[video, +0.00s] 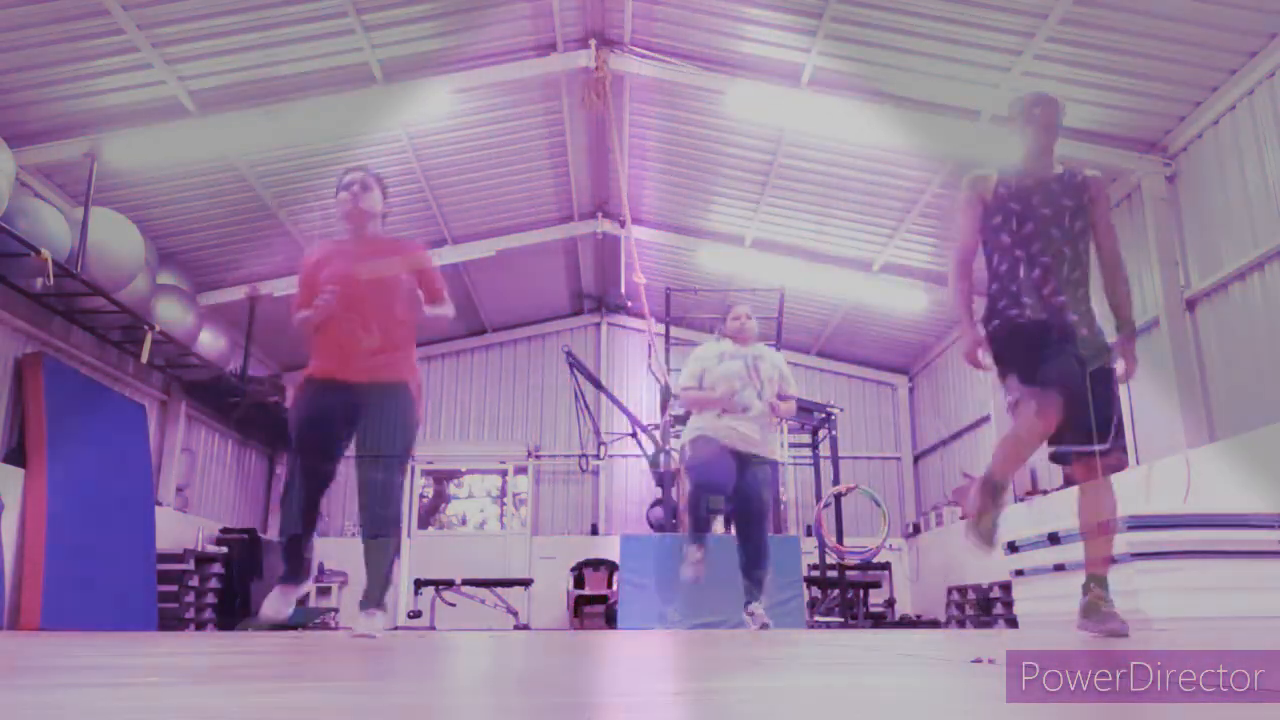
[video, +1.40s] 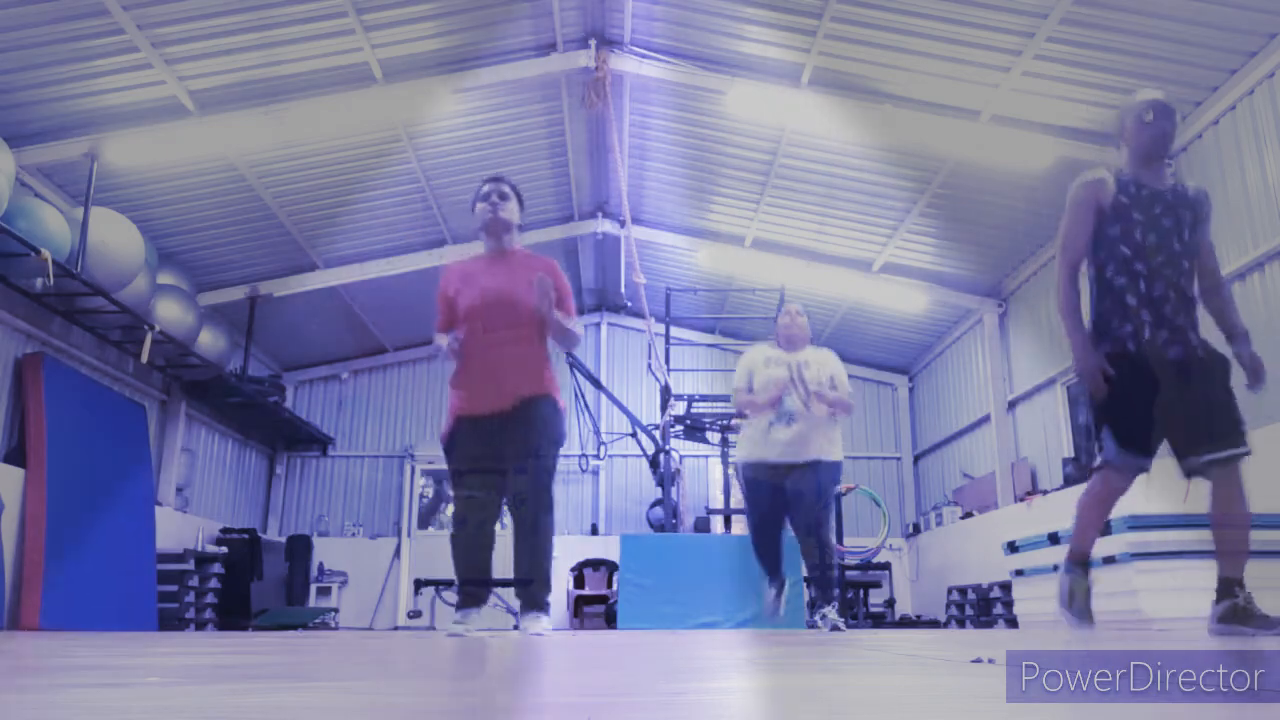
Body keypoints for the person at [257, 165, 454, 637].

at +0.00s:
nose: (355, 194)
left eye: (365, 187)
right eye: (347, 189)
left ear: (382, 201)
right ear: (336, 203)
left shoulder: (409, 252)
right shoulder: (320, 257)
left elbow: (447, 313)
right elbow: (298, 326)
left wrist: (419, 307)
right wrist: (317, 311)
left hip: (389, 382)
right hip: (328, 380)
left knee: (380, 485)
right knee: (304, 470)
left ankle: (374, 603)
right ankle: (293, 578)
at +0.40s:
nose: (391, 191)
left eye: (401, 185)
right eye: (383, 186)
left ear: (420, 199)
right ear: (372, 201)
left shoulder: (443, 254)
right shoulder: (353, 255)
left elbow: (473, 317)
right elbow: (323, 317)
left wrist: (442, 331)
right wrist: (322, 307)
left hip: (420, 381)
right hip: (364, 373)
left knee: (414, 486)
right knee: (352, 433)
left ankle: (417, 598)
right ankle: (351, 554)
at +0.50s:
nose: (397, 205)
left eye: (407, 199)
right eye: (389, 199)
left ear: (424, 212)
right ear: (378, 211)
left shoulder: (446, 268)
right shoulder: (358, 269)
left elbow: (472, 333)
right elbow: (339, 340)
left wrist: (451, 361)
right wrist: (328, 333)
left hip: (428, 404)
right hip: (366, 399)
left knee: (423, 509)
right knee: (362, 506)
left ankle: (422, 607)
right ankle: (369, 611)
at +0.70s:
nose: (404, 201)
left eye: (412, 194)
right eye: (396, 194)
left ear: (428, 206)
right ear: (384, 206)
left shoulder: (453, 260)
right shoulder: (367, 263)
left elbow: (488, 311)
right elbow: (323, 320)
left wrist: (472, 334)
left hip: (438, 401)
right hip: (380, 398)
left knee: (436, 491)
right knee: (374, 510)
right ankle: (372, 609)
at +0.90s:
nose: (425, 192)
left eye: (434, 185)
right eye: (416, 186)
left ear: (449, 198)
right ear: (403, 201)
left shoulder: (474, 253)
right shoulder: (382, 259)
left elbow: (496, 312)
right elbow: (362, 325)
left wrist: (493, 321)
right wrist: (405, 318)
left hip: (469, 371)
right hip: (412, 379)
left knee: (469, 406)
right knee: (422, 489)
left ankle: (464, 500)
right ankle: (422, 606)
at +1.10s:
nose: (447, 192)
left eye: (455, 185)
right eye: (438, 186)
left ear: (470, 198)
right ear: (425, 200)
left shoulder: (497, 253)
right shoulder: (407, 258)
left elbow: (531, 310)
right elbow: (380, 325)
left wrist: (507, 298)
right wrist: (411, 303)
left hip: (495, 373)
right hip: (435, 382)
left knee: (512, 434)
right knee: (430, 490)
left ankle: (516, 546)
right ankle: (421, 604)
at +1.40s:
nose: (494, 204)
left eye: (503, 198)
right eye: (486, 199)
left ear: (520, 213)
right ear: (474, 214)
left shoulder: (544, 268)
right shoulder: (455, 273)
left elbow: (572, 339)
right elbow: (441, 336)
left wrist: (549, 314)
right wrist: (448, 343)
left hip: (532, 400)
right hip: (472, 406)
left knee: (531, 501)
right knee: (472, 507)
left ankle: (534, 607)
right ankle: (471, 604)